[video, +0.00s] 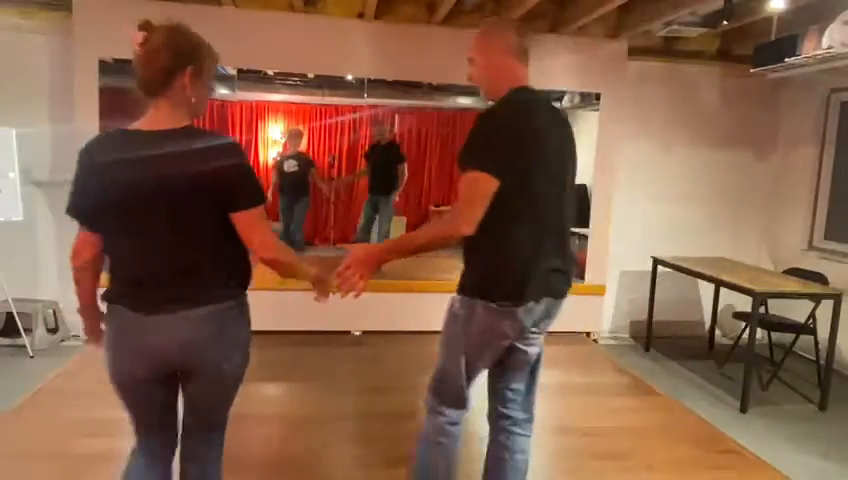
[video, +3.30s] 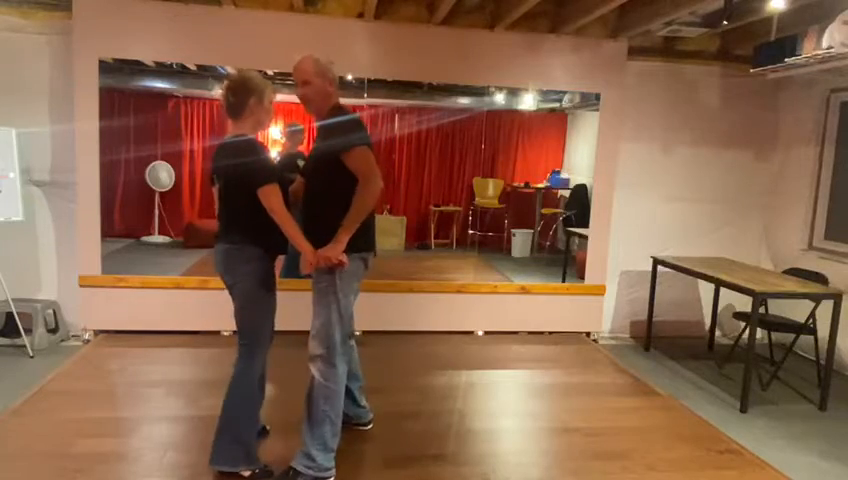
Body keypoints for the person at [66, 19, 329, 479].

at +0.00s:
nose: (212, 93)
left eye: (213, 81)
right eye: (210, 80)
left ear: (147, 79)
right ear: (186, 80)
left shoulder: (101, 154)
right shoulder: (220, 153)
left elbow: (84, 258)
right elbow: (265, 249)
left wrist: (90, 314)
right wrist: (310, 274)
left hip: (134, 329)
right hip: (213, 325)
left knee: (152, 441)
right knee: (206, 438)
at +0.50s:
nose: (235, 101)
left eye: (235, 91)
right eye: (230, 91)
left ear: (194, 93)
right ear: (203, 93)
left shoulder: (152, 153)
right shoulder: (225, 153)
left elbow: (126, 223)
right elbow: (262, 227)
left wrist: (109, 279)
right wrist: (313, 239)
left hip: (165, 291)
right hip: (221, 291)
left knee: (184, 384)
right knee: (239, 378)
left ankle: (173, 475)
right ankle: (214, 473)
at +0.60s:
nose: (238, 102)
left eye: (238, 94)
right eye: (233, 93)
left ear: (192, 96)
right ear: (208, 95)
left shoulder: (160, 151)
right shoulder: (227, 153)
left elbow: (143, 224)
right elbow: (260, 224)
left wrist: (140, 259)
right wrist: (308, 236)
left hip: (173, 289)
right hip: (226, 290)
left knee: (185, 387)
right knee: (240, 385)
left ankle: (175, 476)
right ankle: (239, 473)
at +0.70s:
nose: (242, 107)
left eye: (243, 97)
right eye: (238, 97)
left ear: (192, 99)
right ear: (214, 99)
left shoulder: (169, 158)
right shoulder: (232, 156)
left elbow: (165, 225)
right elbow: (263, 225)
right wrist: (316, 237)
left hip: (182, 284)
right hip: (233, 287)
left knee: (190, 381)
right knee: (238, 376)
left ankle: (175, 475)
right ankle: (237, 455)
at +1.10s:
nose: (260, 110)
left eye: (260, 103)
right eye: (256, 102)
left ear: (219, 105)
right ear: (234, 104)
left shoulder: (203, 155)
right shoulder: (243, 159)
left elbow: (199, 216)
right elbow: (274, 223)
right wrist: (331, 242)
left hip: (213, 267)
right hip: (246, 271)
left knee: (234, 350)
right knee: (247, 360)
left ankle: (221, 437)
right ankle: (229, 454)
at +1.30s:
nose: (265, 112)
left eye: (264, 104)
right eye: (261, 104)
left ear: (226, 107)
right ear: (241, 105)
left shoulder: (217, 153)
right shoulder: (241, 161)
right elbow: (275, 222)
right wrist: (333, 244)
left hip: (225, 261)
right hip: (247, 267)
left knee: (244, 349)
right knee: (249, 358)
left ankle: (243, 423)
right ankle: (230, 454)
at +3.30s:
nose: (272, 113)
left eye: (271, 105)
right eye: (270, 105)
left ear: (233, 106)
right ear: (256, 105)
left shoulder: (224, 151)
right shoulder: (252, 152)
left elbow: (221, 205)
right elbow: (276, 207)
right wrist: (307, 248)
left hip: (231, 252)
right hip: (251, 256)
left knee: (255, 342)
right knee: (254, 350)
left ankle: (248, 422)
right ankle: (231, 457)